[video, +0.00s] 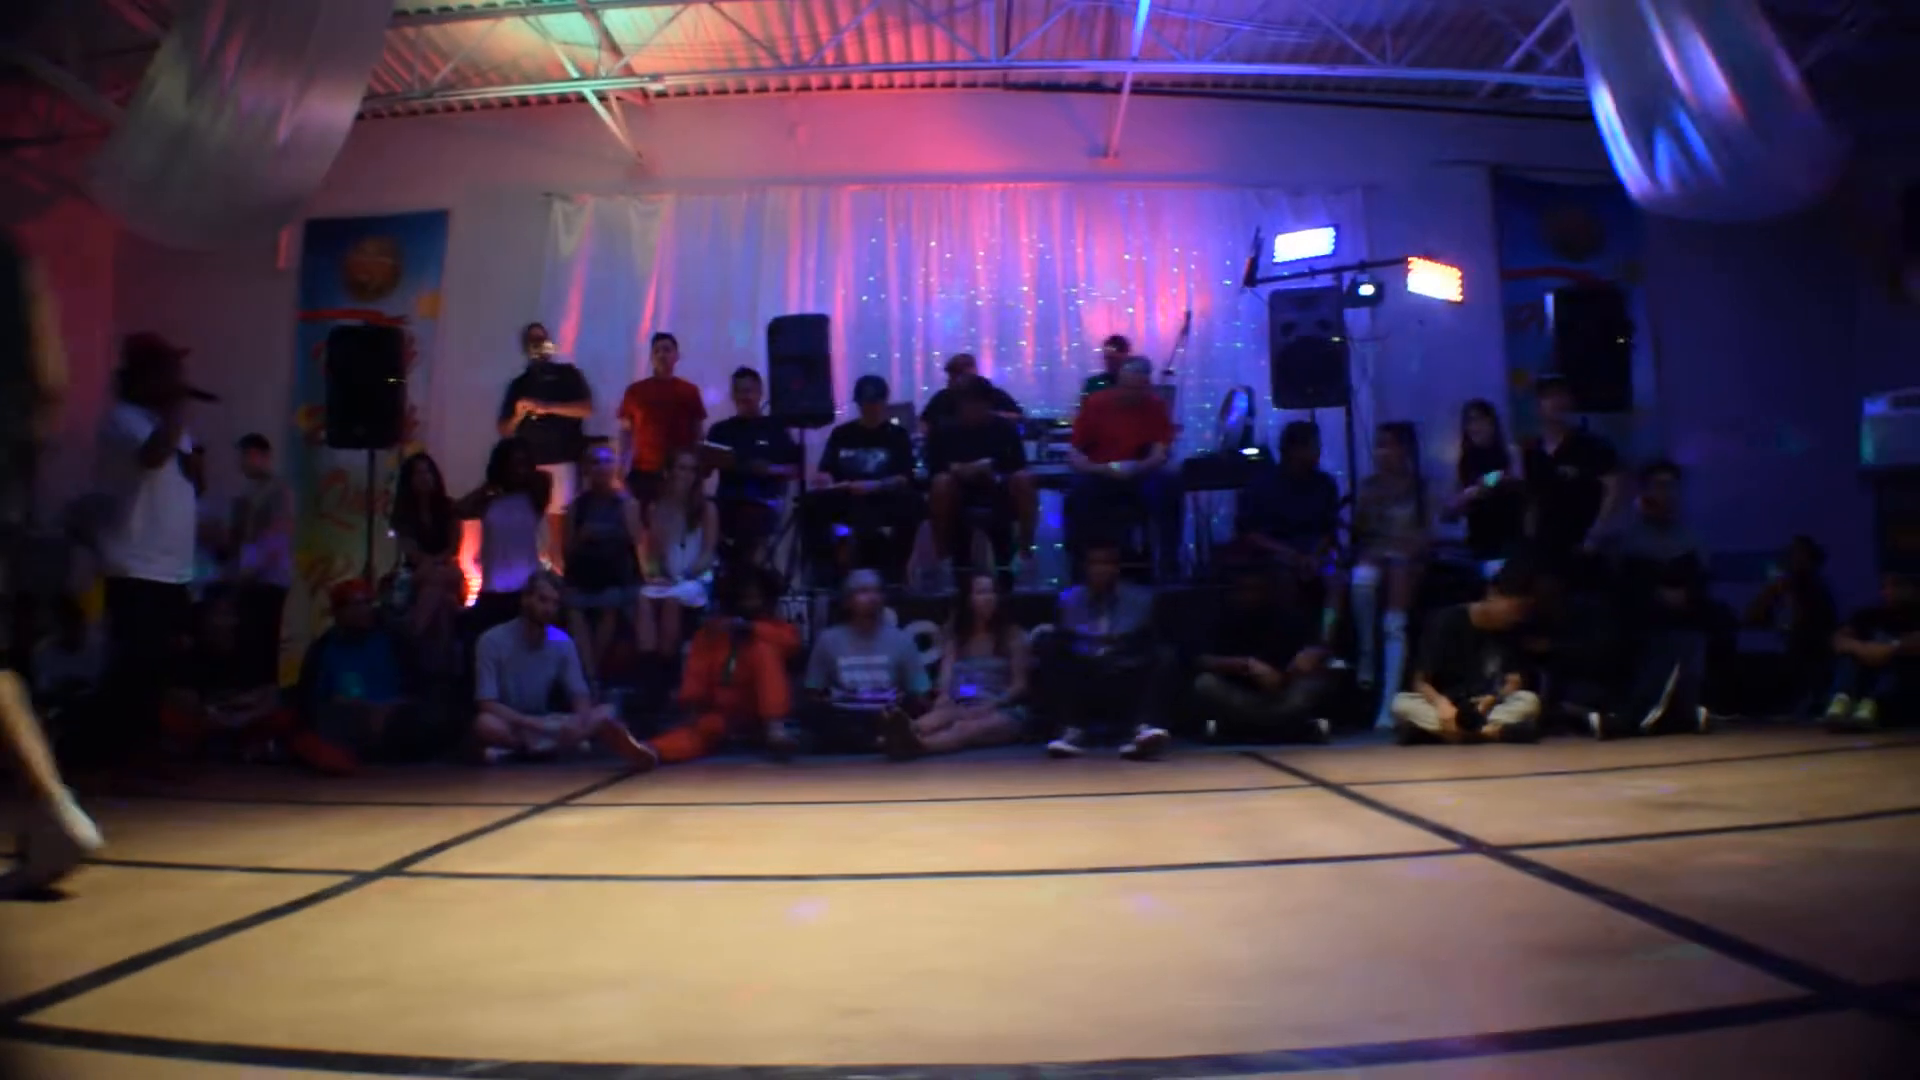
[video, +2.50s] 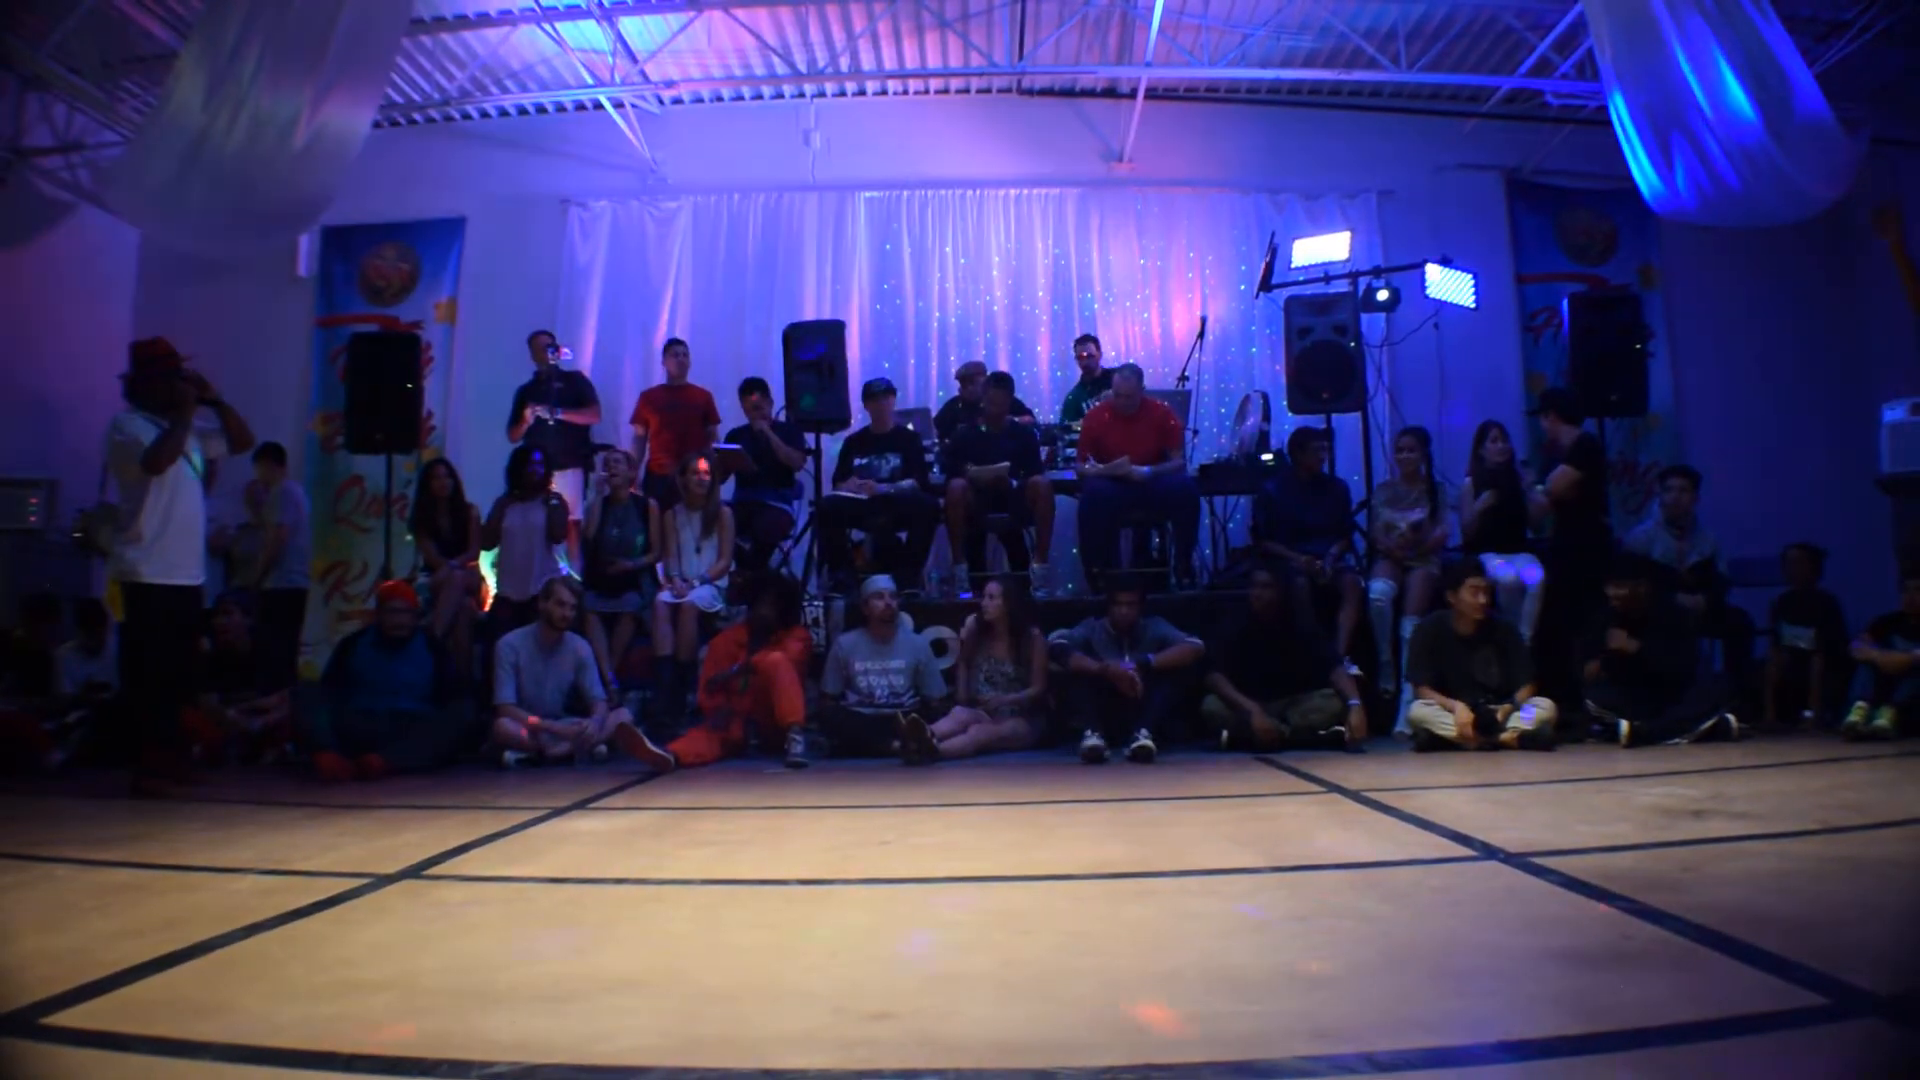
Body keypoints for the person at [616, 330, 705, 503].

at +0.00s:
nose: (661, 355)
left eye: (667, 350)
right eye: (657, 350)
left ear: (677, 355)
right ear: (651, 356)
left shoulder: (689, 392)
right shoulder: (635, 391)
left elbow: (697, 433)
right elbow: (625, 432)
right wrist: (620, 469)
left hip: (678, 473)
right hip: (643, 472)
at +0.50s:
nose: (659, 357)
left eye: (665, 352)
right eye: (655, 353)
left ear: (675, 358)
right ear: (649, 359)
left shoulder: (687, 393)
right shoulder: (633, 393)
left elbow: (696, 435)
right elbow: (622, 435)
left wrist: (697, 476)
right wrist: (616, 475)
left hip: (678, 476)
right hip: (642, 475)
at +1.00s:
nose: (686, 357)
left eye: (691, 351)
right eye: (681, 352)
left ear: (701, 357)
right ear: (675, 358)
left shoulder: (714, 393)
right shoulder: (659, 393)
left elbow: (723, 434)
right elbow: (649, 434)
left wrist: (722, 473)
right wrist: (643, 473)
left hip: (705, 475)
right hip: (669, 474)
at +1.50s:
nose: (682, 358)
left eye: (688, 353)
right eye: (678, 354)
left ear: (698, 359)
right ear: (673, 360)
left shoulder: (711, 394)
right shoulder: (657, 394)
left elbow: (719, 436)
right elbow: (646, 436)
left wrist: (718, 476)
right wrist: (640, 477)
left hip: (700, 477)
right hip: (665, 475)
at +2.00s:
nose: (669, 362)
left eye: (675, 357)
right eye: (664, 357)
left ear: (685, 363)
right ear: (659, 363)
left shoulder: (698, 398)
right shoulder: (644, 398)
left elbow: (707, 437)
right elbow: (633, 440)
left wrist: (705, 473)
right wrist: (628, 478)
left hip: (689, 478)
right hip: (654, 478)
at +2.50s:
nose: (681, 360)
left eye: (685, 355)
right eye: (675, 355)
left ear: (690, 361)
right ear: (664, 362)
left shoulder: (703, 397)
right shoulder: (649, 397)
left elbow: (712, 438)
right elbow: (639, 440)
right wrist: (632, 477)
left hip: (694, 478)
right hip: (659, 477)